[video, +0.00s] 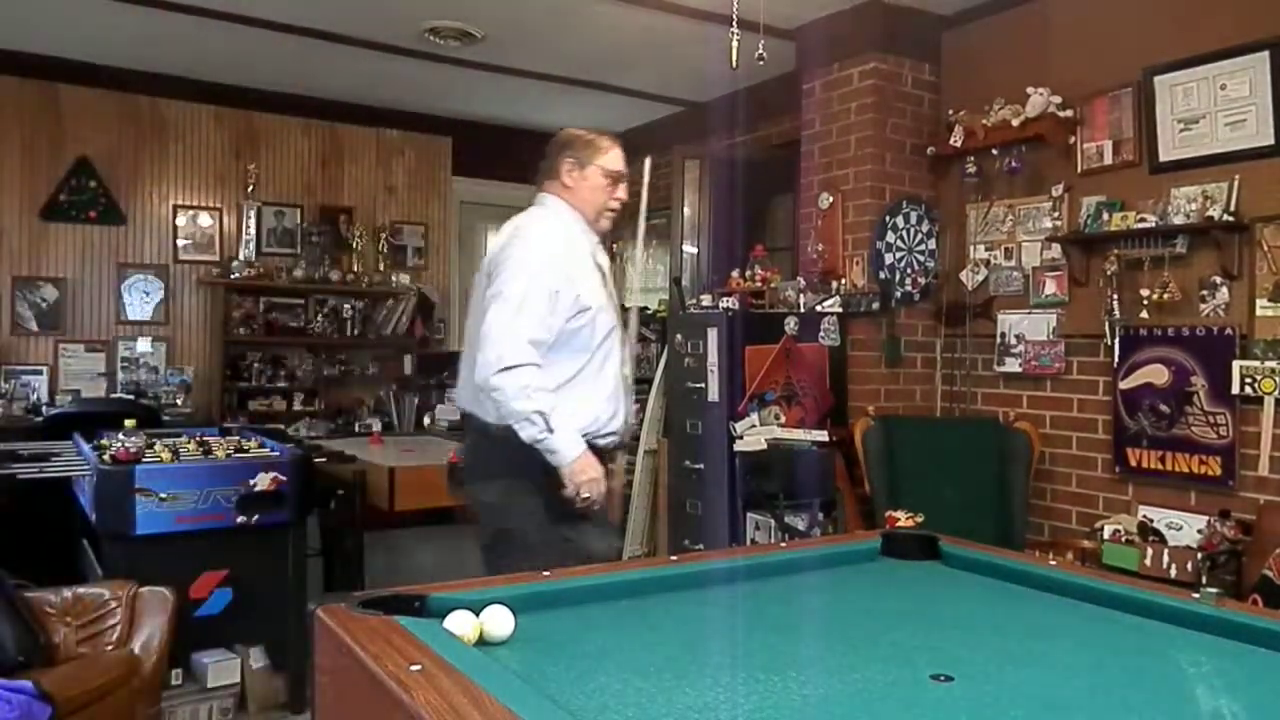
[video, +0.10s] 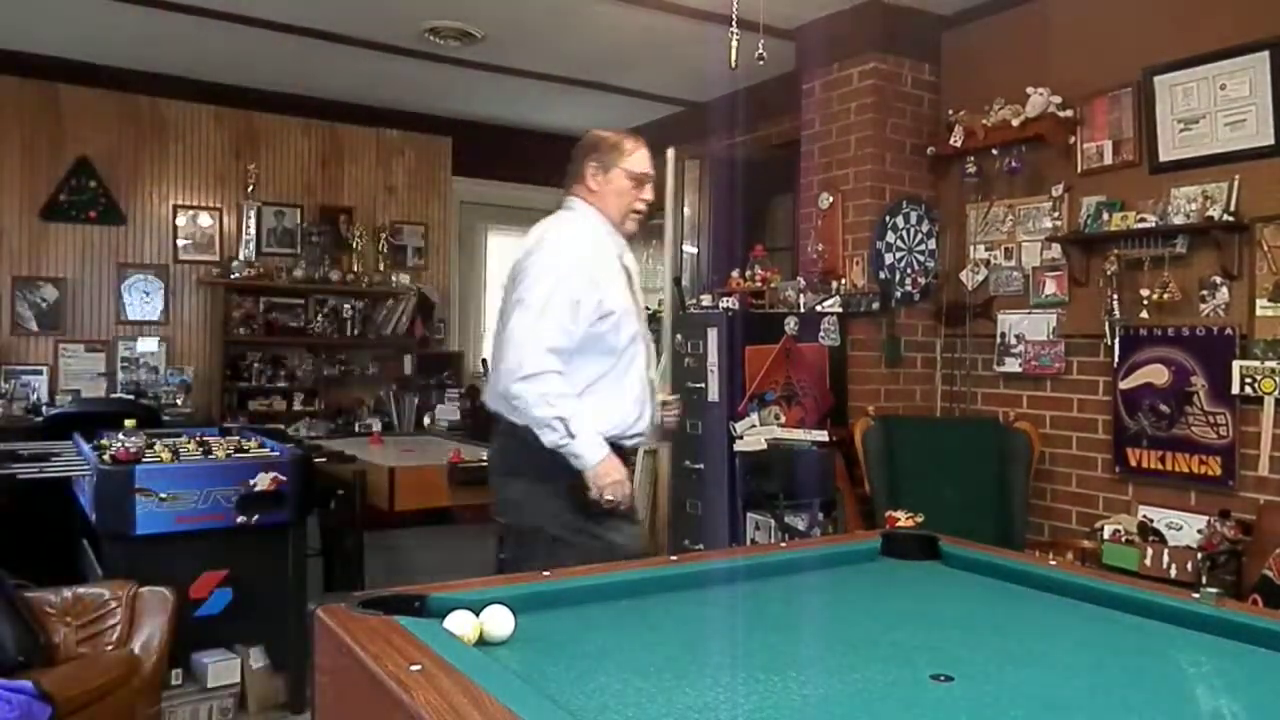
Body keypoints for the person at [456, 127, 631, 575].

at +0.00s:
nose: (622, 195)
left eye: (625, 183)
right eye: (612, 179)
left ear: (572, 175)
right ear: (570, 173)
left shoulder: (569, 239)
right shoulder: (542, 239)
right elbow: (504, 366)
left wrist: (595, 449)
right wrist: (570, 454)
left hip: (551, 460)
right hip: (525, 459)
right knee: (547, 623)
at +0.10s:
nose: (649, 197)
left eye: (651, 184)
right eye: (637, 181)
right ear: (594, 177)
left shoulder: (600, 244)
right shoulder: (567, 242)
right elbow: (523, 370)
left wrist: (643, 411)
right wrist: (596, 456)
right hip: (556, 464)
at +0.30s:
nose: (717, 220)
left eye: (720, 208)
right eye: (706, 204)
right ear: (662, 198)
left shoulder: (672, 262)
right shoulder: (630, 259)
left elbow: (644, 384)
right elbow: (586, 395)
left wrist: (713, 405)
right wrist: (656, 476)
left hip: (661, 478)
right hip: (616, 481)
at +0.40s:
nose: (758, 231)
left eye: (763, 219)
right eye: (750, 216)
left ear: (711, 212)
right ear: (709, 210)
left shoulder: (709, 269)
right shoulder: (674, 272)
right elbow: (636, 414)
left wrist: (751, 403)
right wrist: (704, 494)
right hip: (658, 488)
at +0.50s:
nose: (799, 230)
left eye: (803, 218)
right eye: (791, 216)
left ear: (750, 211)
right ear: (748, 208)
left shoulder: (748, 266)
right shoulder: (710, 274)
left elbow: (730, 380)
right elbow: (689, 421)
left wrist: (786, 392)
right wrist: (757, 493)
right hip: (692, 481)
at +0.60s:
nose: (825, 217)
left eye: (829, 205)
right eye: (817, 203)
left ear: (775, 199)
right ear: (773, 197)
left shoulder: (776, 260)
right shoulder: (740, 265)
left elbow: (763, 371)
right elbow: (729, 410)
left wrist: (820, 383)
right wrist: (804, 473)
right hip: (726, 474)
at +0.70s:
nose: (846, 208)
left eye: (849, 195)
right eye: (833, 194)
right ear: (788, 191)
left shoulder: (801, 256)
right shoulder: (760, 262)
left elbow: (791, 365)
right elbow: (751, 401)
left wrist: (848, 375)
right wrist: (839, 453)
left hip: (794, 466)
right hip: (754, 470)